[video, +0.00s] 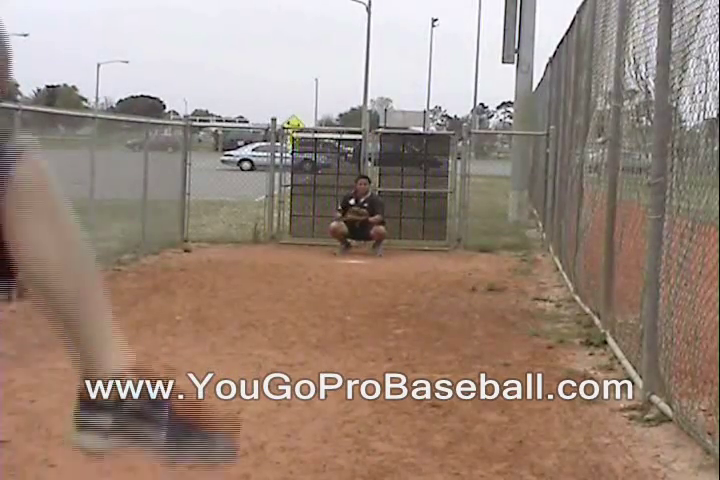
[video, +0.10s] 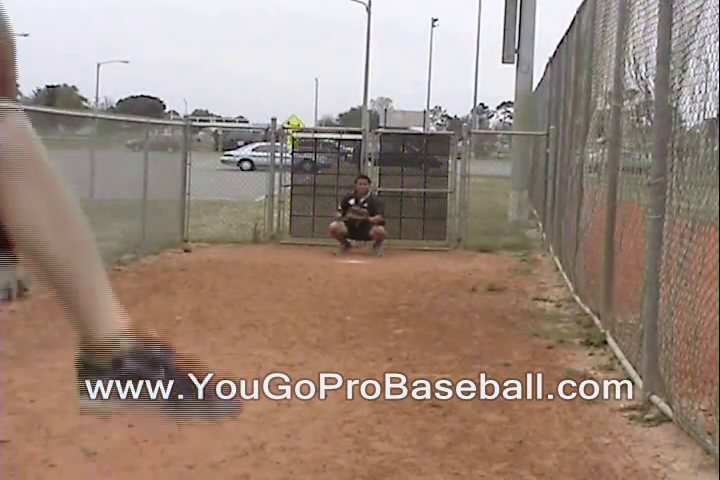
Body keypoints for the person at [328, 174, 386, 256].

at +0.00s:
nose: (362, 187)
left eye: (365, 184)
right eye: (360, 184)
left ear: (369, 186)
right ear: (355, 186)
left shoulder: (375, 200)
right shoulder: (348, 198)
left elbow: (380, 217)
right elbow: (338, 213)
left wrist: (366, 219)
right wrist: (347, 218)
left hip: (367, 227)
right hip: (351, 226)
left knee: (380, 230)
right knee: (334, 227)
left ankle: (376, 245)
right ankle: (345, 244)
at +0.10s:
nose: (362, 187)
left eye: (365, 184)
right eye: (360, 184)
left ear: (368, 186)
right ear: (355, 186)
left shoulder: (375, 200)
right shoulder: (348, 198)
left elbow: (380, 218)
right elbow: (339, 214)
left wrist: (366, 219)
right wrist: (348, 218)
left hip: (366, 227)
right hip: (350, 226)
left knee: (379, 231)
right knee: (334, 227)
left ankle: (377, 245)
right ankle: (345, 244)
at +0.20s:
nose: (362, 187)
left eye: (365, 184)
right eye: (360, 184)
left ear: (368, 186)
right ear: (355, 186)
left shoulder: (375, 200)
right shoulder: (348, 198)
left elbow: (380, 218)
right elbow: (340, 215)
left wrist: (366, 219)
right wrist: (348, 218)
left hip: (366, 227)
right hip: (350, 226)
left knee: (380, 231)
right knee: (333, 228)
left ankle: (377, 245)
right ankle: (345, 244)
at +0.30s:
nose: (362, 187)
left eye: (365, 185)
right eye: (360, 184)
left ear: (368, 186)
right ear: (355, 186)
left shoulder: (375, 200)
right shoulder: (348, 198)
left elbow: (380, 218)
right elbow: (340, 214)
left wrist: (365, 219)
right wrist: (348, 218)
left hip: (366, 227)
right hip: (350, 226)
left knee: (379, 231)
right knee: (333, 227)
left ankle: (377, 245)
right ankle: (345, 244)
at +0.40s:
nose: (362, 187)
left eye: (365, 184)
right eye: (360, 184)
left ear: (368, 186)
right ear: (355, 186)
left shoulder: (375, 200)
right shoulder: (348, 198)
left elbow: (379, 217)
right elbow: (340, 213)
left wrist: (365, 219)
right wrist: (347, 218)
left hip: (366, 227)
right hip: (350, 226)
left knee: (379, 231)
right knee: (333, 227)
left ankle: (377, 245)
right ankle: (345, 244)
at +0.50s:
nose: (362, 187)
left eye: (365, 185)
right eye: (360, 185)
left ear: (368, 187)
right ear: (355, 186)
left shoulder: (374, 200)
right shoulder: (348, 198)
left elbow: (378, 217)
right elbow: (340, 214)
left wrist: (363, 219)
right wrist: (348, 218)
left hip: (366, 227)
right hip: (350, 226)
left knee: (379, 231)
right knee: (333, 228)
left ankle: (377, 245)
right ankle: (345, 245)